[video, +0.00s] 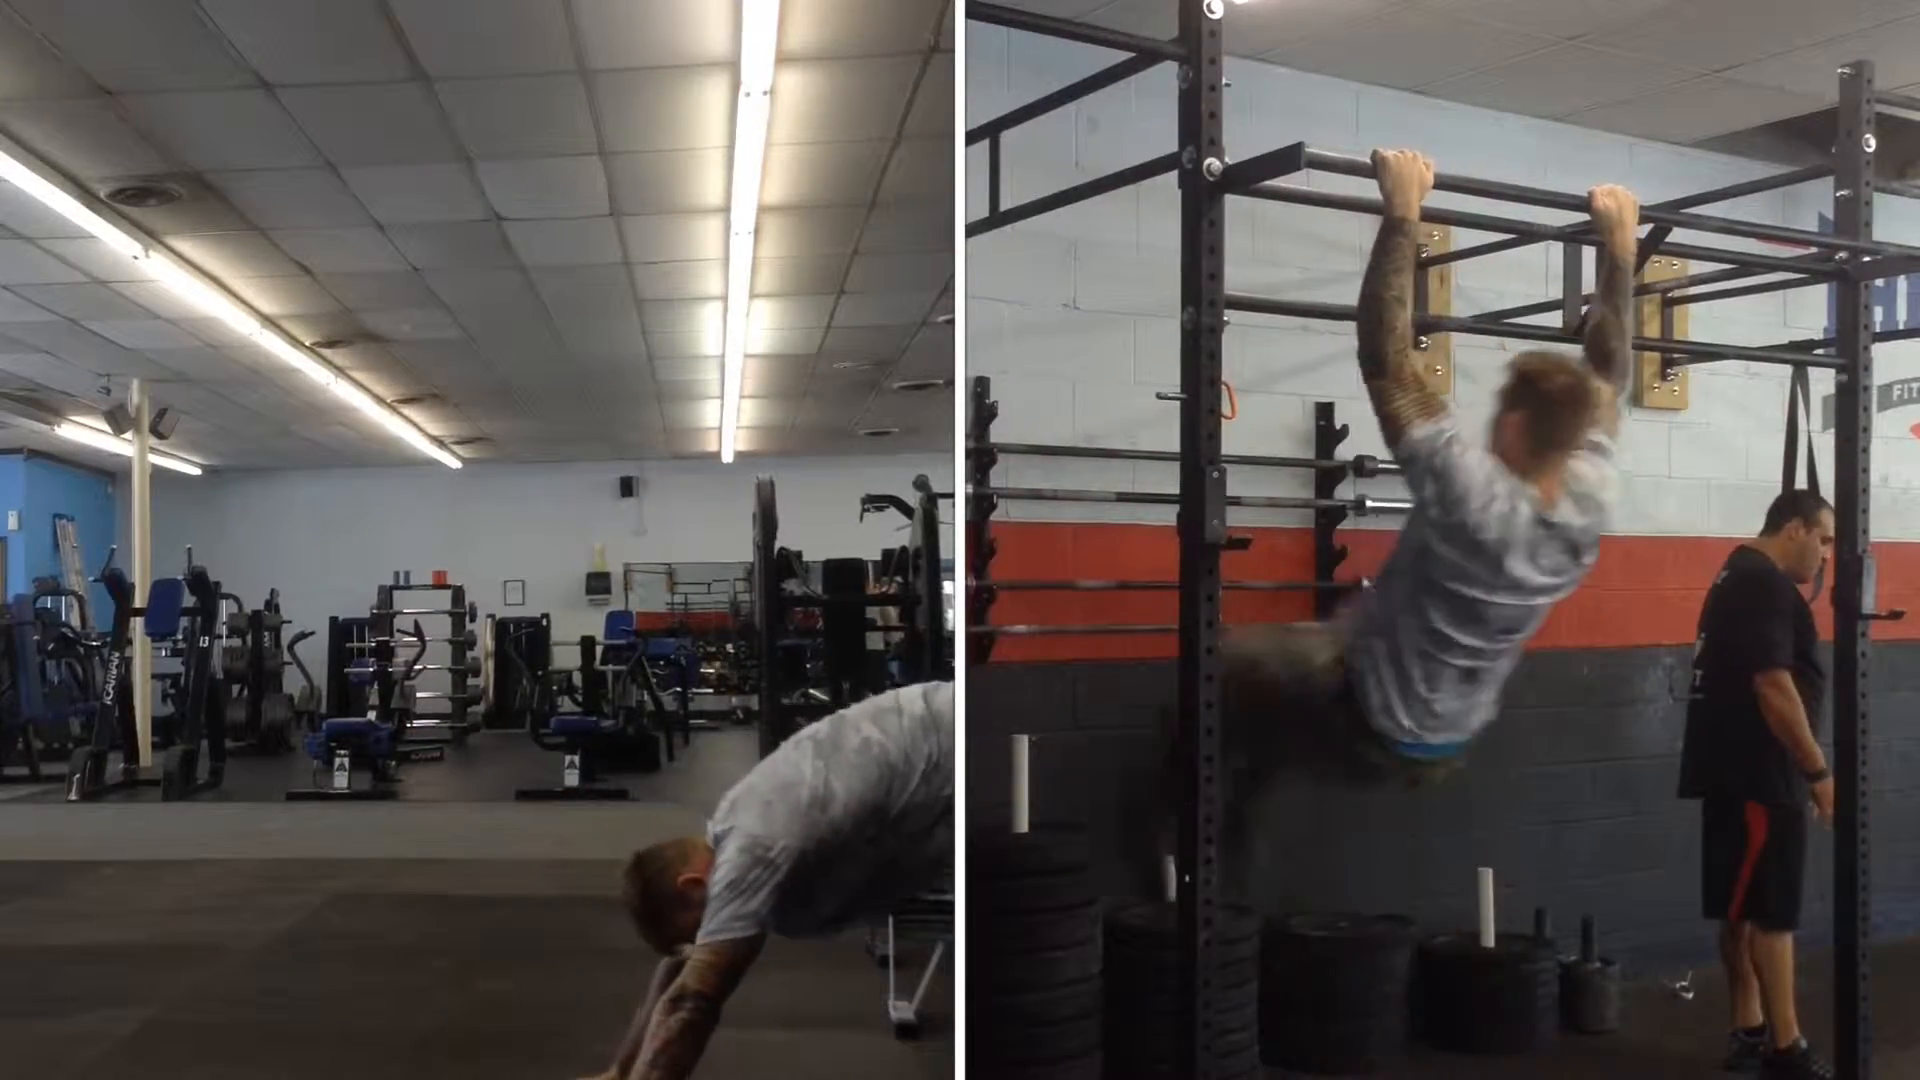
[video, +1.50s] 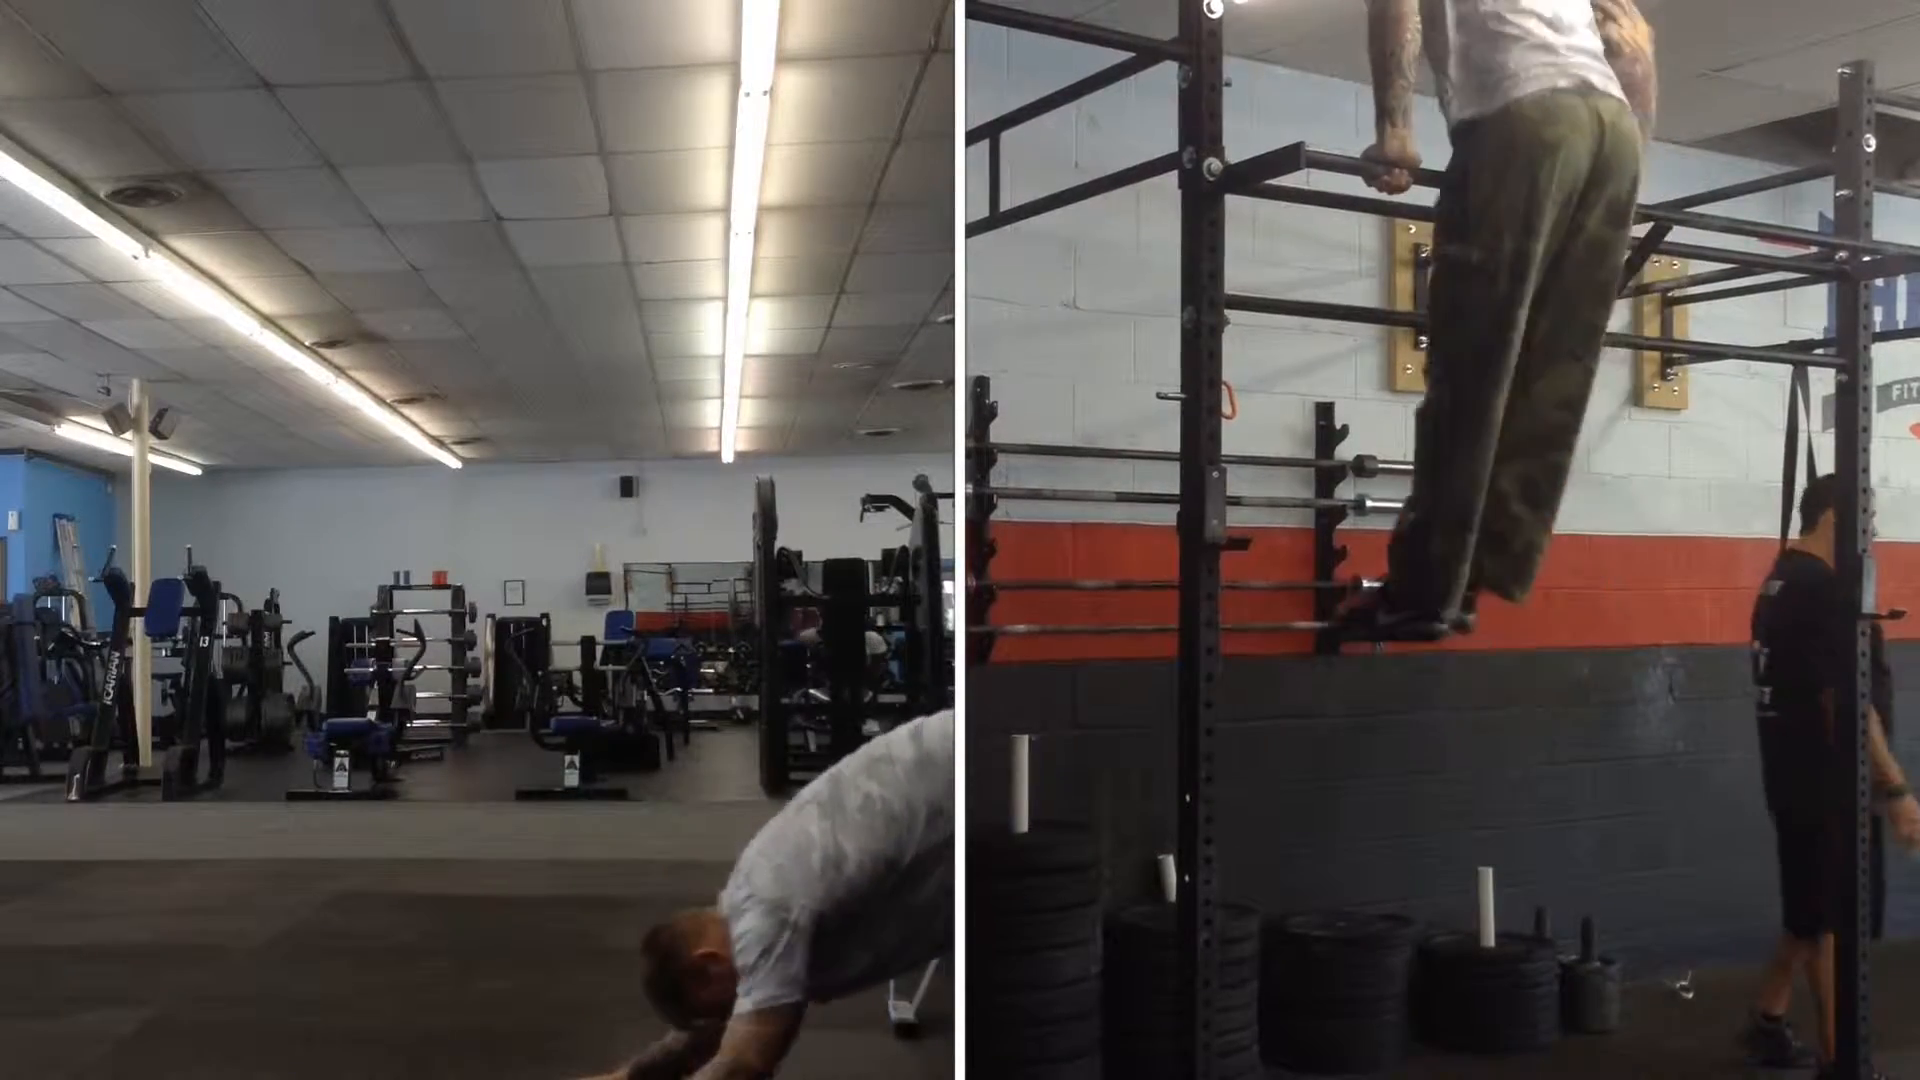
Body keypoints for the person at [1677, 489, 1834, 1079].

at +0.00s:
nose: (1825, 551)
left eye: (1829, 541)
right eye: (1822, 538)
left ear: (1783, 528)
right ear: (1793, 529)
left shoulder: (1739, 580)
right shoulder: (1764, 585)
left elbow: (1747, 684)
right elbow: (1771, 687)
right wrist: (1819, 771)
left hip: (1735, 771)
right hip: (1761, 776)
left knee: (1741, 911)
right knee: (1773, 916)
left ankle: (1749, 1032)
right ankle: (1787, 1045)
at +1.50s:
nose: (1866, 535)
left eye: (1866, 522)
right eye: (1862, 522)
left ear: (1814, 514)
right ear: (1835, 517)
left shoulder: (1784, 577)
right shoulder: (1825, 586)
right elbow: (1849, 700)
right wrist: (1895, 787)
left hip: (1791, 771)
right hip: (1827, 778)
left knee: (1807, 910)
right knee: (1834, 919)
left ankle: (1769, 1017)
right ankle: (1840, 1054)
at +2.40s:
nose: (1909, 527)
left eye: (1908, 514)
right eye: (1900, 514)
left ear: (1863, 520)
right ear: (1863, 517)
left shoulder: (1822, 582)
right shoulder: (1863, 590)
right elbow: (1874, 702)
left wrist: (1895, 778)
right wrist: (1911, 786)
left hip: (1828, 783)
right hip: (1862, 791)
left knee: (1850, 925)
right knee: (1862, 929)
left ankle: (1852, 1044)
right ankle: (1851, 1051)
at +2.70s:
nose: (1914, 523)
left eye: (1912, 511)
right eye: (1904, 510)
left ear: (1869, 519)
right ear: (1868, 516)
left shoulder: (1840, 584)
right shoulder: (1864, 590)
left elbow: (1887, 691)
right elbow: (1887, 695)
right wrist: (1919, 755)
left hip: (1861, 783)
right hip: (1877, 789)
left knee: (1878, 919)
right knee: (1897, 921)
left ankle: (1858, 1041)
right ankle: (1859, 1044)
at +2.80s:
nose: (1917, 526)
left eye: (1916, 513)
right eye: (1910, 513)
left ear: (1873, 519)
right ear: (1875, 516)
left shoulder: (1834, 584)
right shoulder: (1873, 589)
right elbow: (1889, 694)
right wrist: (1919, 751)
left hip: (1847, 779)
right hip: (1885, 783)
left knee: (1867, 914)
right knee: (1907, 913)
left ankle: (1867, 1032)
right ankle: (1878, 1037)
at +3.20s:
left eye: (1918, 515)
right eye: (1917, 515)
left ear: (1877, 517)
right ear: (1895, 516)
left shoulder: (1834, 592)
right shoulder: (1904, 590)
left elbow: (1830, 688)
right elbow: (1911, 683)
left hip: (1852, 776)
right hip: (1901, 776)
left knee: (1866, 914)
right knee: (1899, 916)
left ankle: (1864, 1036)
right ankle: (1870, 1037)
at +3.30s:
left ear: (1884, 518)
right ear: (1903, 517)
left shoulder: (1853, 581)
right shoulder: (1898, 582)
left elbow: (1832, 658)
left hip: (1872, 772)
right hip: (1899, 773)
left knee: (1876, 912)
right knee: (1891, 915)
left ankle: (1866, 1035)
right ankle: (1868, 1036)